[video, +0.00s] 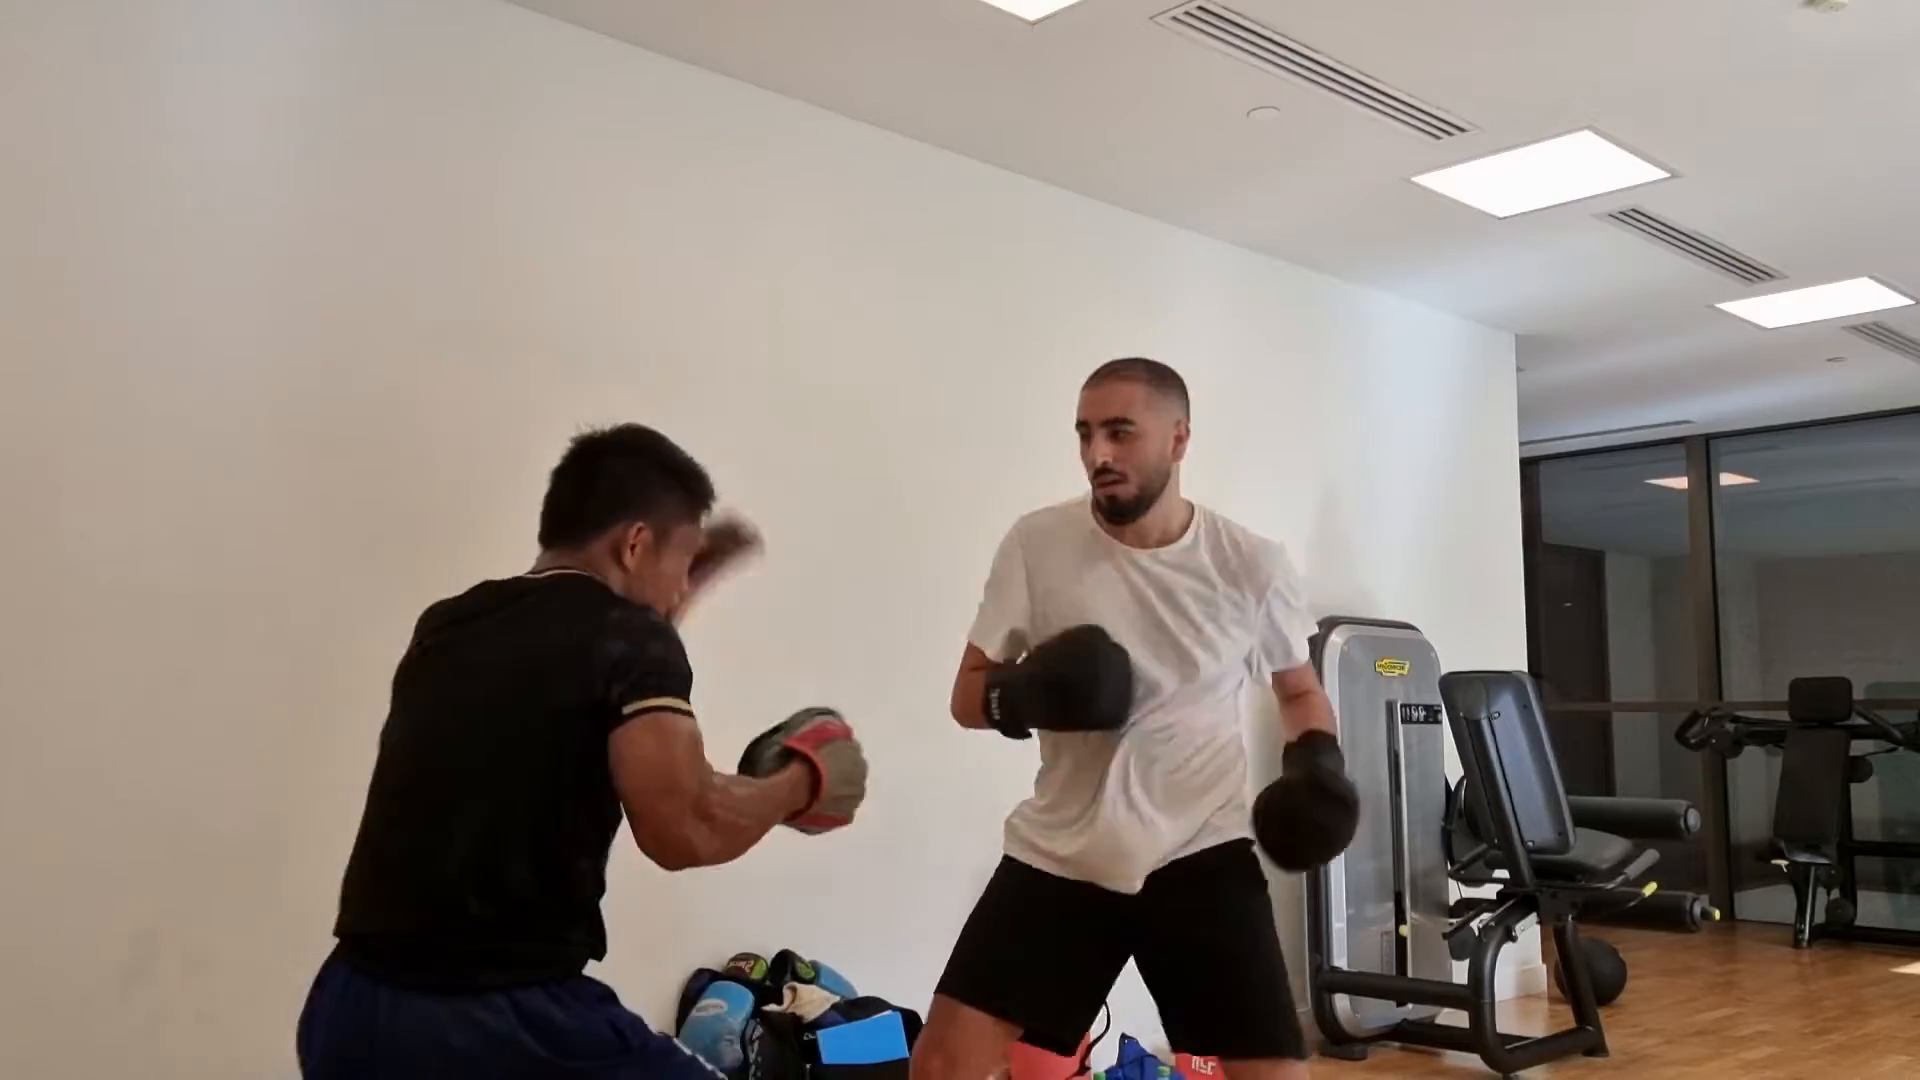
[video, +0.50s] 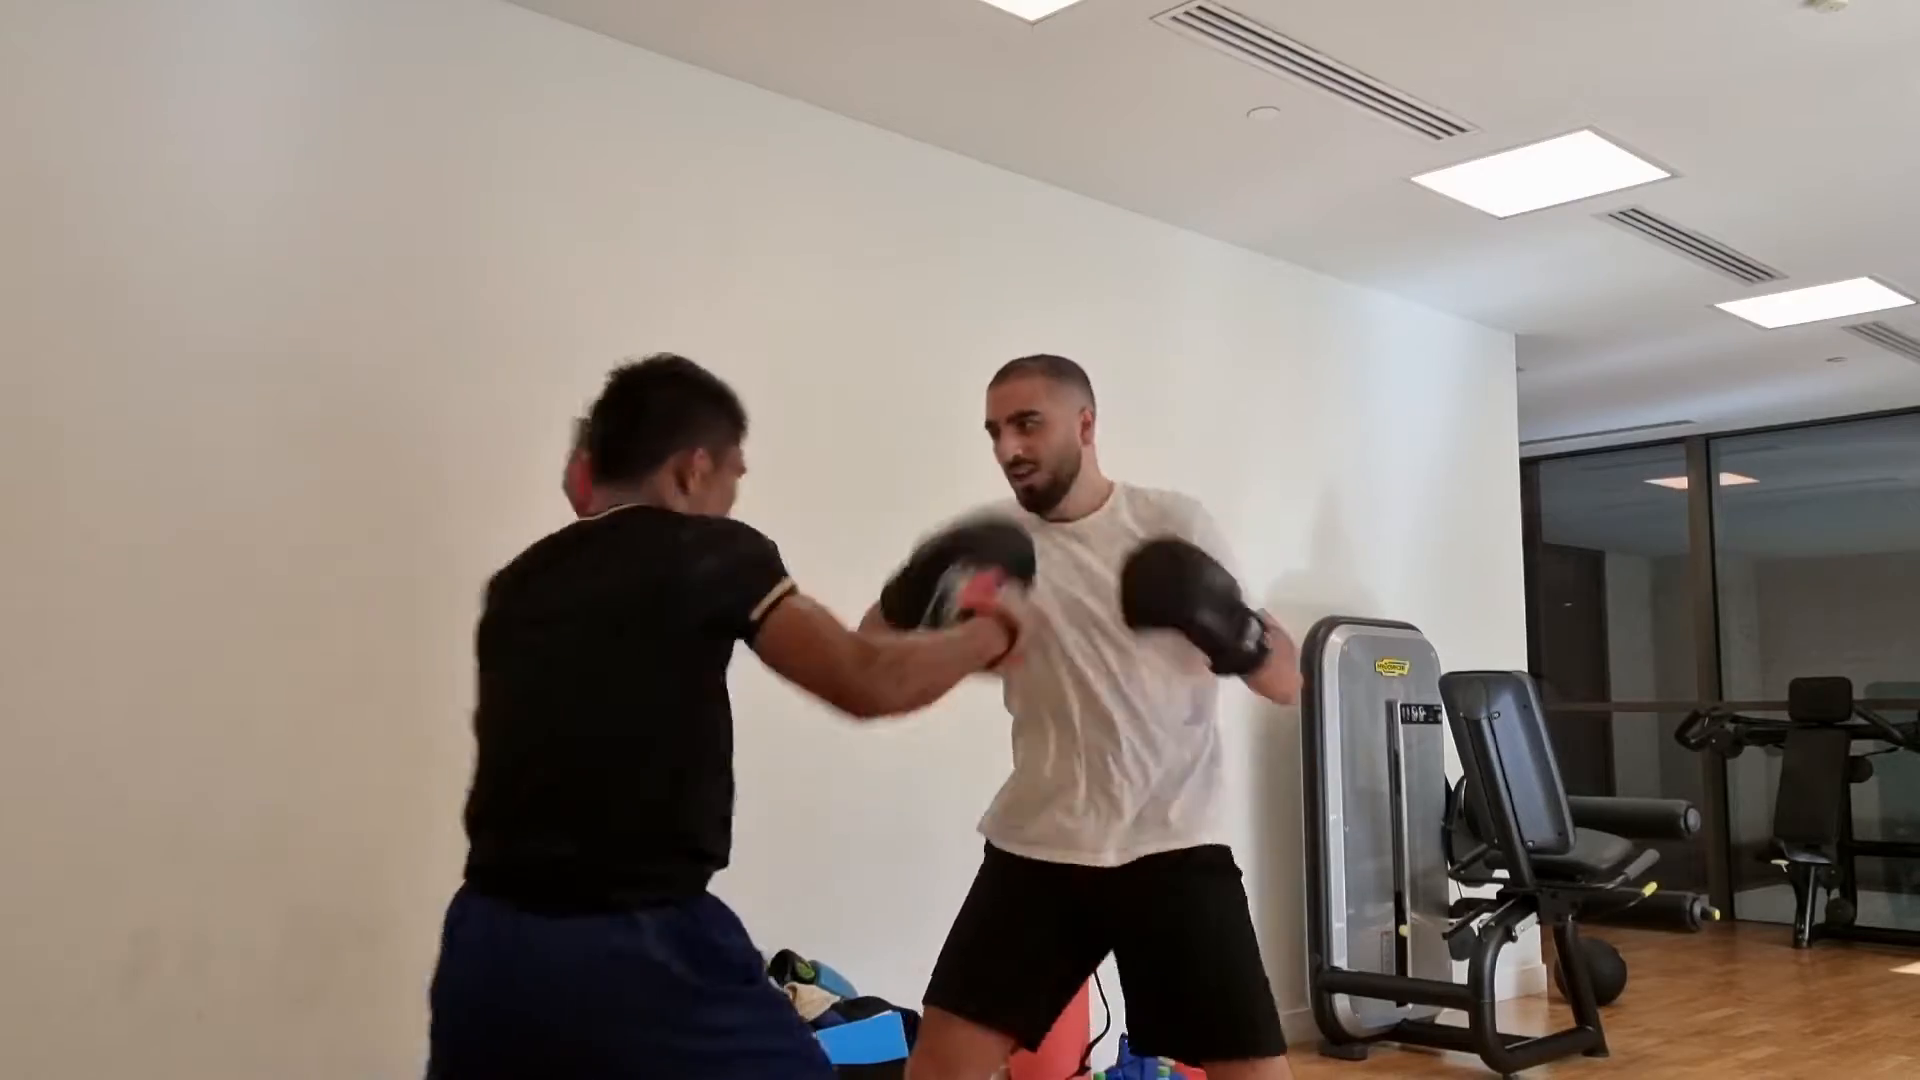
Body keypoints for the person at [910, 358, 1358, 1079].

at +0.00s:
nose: (1098, 454)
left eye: (1121, 431)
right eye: (1087, 434)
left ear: (1179, 439)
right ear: (1075, 441)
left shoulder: (1254, 567)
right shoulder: (1036, 544)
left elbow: (1300, 693)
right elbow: (969, 694)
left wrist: (1317, 767)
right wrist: (1030, 690)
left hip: (1203, 859)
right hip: (1057, 855)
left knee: (1270, 1069)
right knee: (946, 1062)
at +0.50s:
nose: (1009, 447)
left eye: (1028, 423)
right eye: (997, 430)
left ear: (1085, 424)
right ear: (989, 441)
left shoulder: (1175, 526)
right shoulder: (991, 551)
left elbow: (1288, 681)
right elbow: (866, 665)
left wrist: (1224, 620)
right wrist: (912, 596)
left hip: (1177, 857)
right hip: (1037, 858)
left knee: (1254, 1071)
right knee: (944, 1063)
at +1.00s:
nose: (1114, 418)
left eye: (1138, 400)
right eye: (1099, 402)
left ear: (1180, 422)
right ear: (1083, 421)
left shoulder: (1235, 546)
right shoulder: (1028, 532)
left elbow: (1279, 720)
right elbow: (991, 709)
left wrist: (1191, 694)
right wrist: (1081, 787)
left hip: (1208, 854)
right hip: (1054, 856)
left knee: (1292, 1064)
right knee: (961, 1067)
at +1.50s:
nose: (1010, 645)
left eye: (1026, 615)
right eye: (991, 622)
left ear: (1084, 590)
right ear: (979, 619)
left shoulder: (1189, 672)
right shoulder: (971, 687)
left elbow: (1266, 818)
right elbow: (989, 807)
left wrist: (1143, 840)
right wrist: (1025, 894)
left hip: (1187, 882)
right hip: (1048, 880)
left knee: (1257, 1070)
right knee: (922, 1062)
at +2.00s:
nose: (936, 557)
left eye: (950, 531)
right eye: (930, 537)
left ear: (1019, 524)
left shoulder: (1126, 600)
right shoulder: (996, 643)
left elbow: (1283, 701)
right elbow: (1041, 744)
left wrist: (1163, 761)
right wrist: (948, 826)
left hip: (1205, 908)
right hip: (1068, 908)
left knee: (1232, 1070)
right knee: (936, 1070)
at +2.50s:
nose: (1035, 443)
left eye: (1054, 422)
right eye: (1023, 428)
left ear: (1111, 427)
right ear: (1014, 442)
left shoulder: (1189, 523)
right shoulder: (996, 561)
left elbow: (1275, 679)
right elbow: (993, 731)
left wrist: (1147, 633)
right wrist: (1037, 756)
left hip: (1195, 849)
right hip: (1050, 855)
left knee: (1282, 1070)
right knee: (938, 1064)